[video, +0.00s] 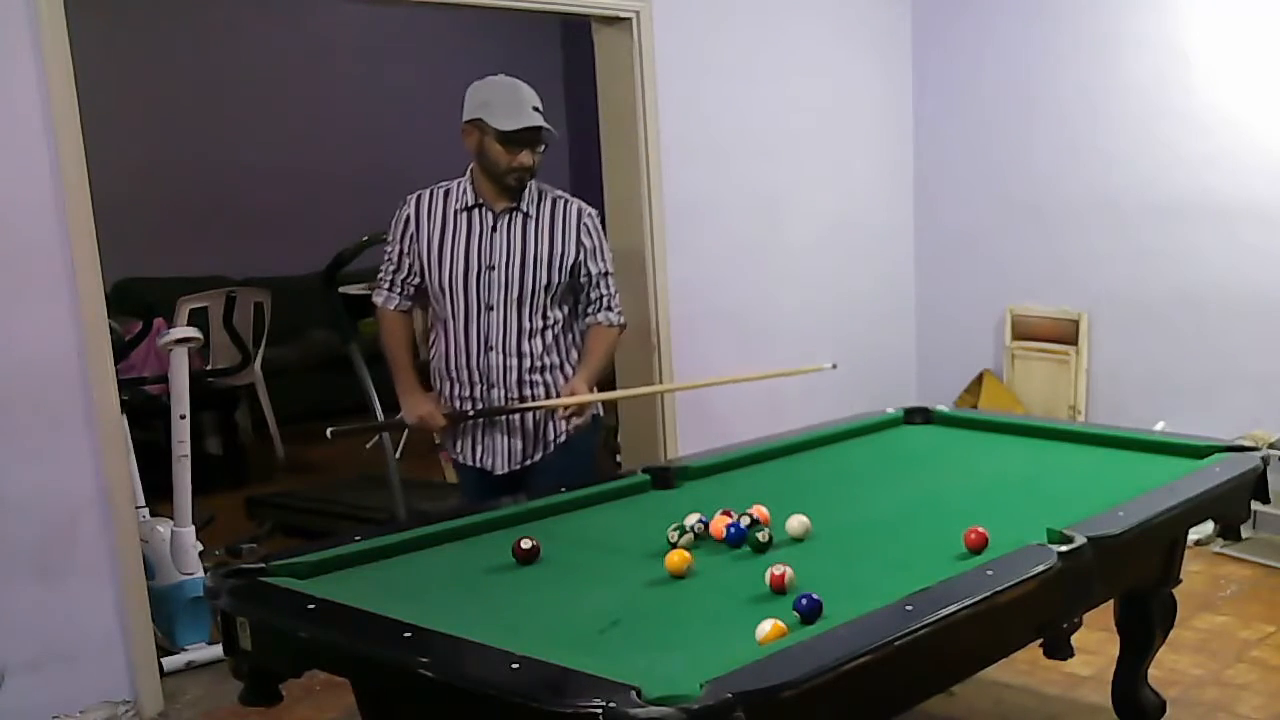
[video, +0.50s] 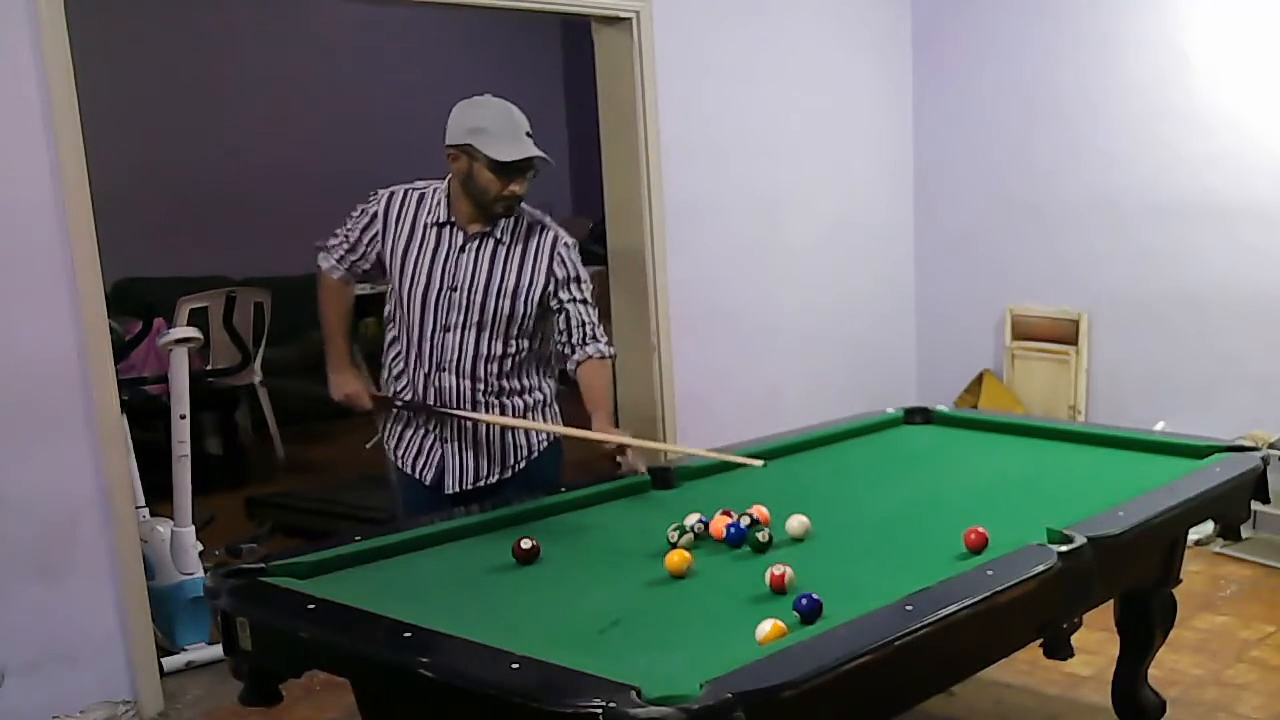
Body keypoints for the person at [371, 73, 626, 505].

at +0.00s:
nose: (526, 160)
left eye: (535, 146)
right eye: (511, 146)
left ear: (545, 142)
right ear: (471, 136)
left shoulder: (575, 220)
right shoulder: (421, 215)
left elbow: (606, 315)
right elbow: (393, 304)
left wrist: (583, 379)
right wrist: (410, 393)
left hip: (559, 435)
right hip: (469, 439)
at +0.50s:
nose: (519, 187)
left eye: (527, 172)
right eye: (503, 171)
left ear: (535, 168)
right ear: (457, 160)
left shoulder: (551, 248)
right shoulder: (392, 213)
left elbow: (587, 343)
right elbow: (336, 265)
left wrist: (604, 422)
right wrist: (340, 365)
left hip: (519, 449)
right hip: (421, 447)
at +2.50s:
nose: (500, 164)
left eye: (506, 150)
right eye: (485, 147)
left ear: (511, 150)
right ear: (443, 139)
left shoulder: (524, 229)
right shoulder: (368, 207)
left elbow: (547, 311)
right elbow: (310, 287)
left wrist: (548, 385)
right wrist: (350, 336)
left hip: (499, 436)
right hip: (402, 435)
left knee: (509, 573)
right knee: (408, 580)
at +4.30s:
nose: (439, 151)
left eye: (449, 137)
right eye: (423, 139)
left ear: (463, 139)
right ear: (397, 139)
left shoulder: (507, 214)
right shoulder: (369, 209)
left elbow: (556, 299)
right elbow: (349, 276)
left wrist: (539, 373)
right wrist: (343, 328)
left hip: (491, 422)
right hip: (401, 422)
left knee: (490, 558)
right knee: (398, 561)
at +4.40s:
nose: (414, 151)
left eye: (424, 137)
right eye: (398, 139)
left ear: (438, 139)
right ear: (372, 140)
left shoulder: (485, 213)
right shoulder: (347, 212)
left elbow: (537, 296)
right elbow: (334, 289)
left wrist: (520, 374)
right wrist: (330, 337)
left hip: (477, 425)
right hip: (386, 428)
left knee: (483, 565)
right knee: (385, 569)